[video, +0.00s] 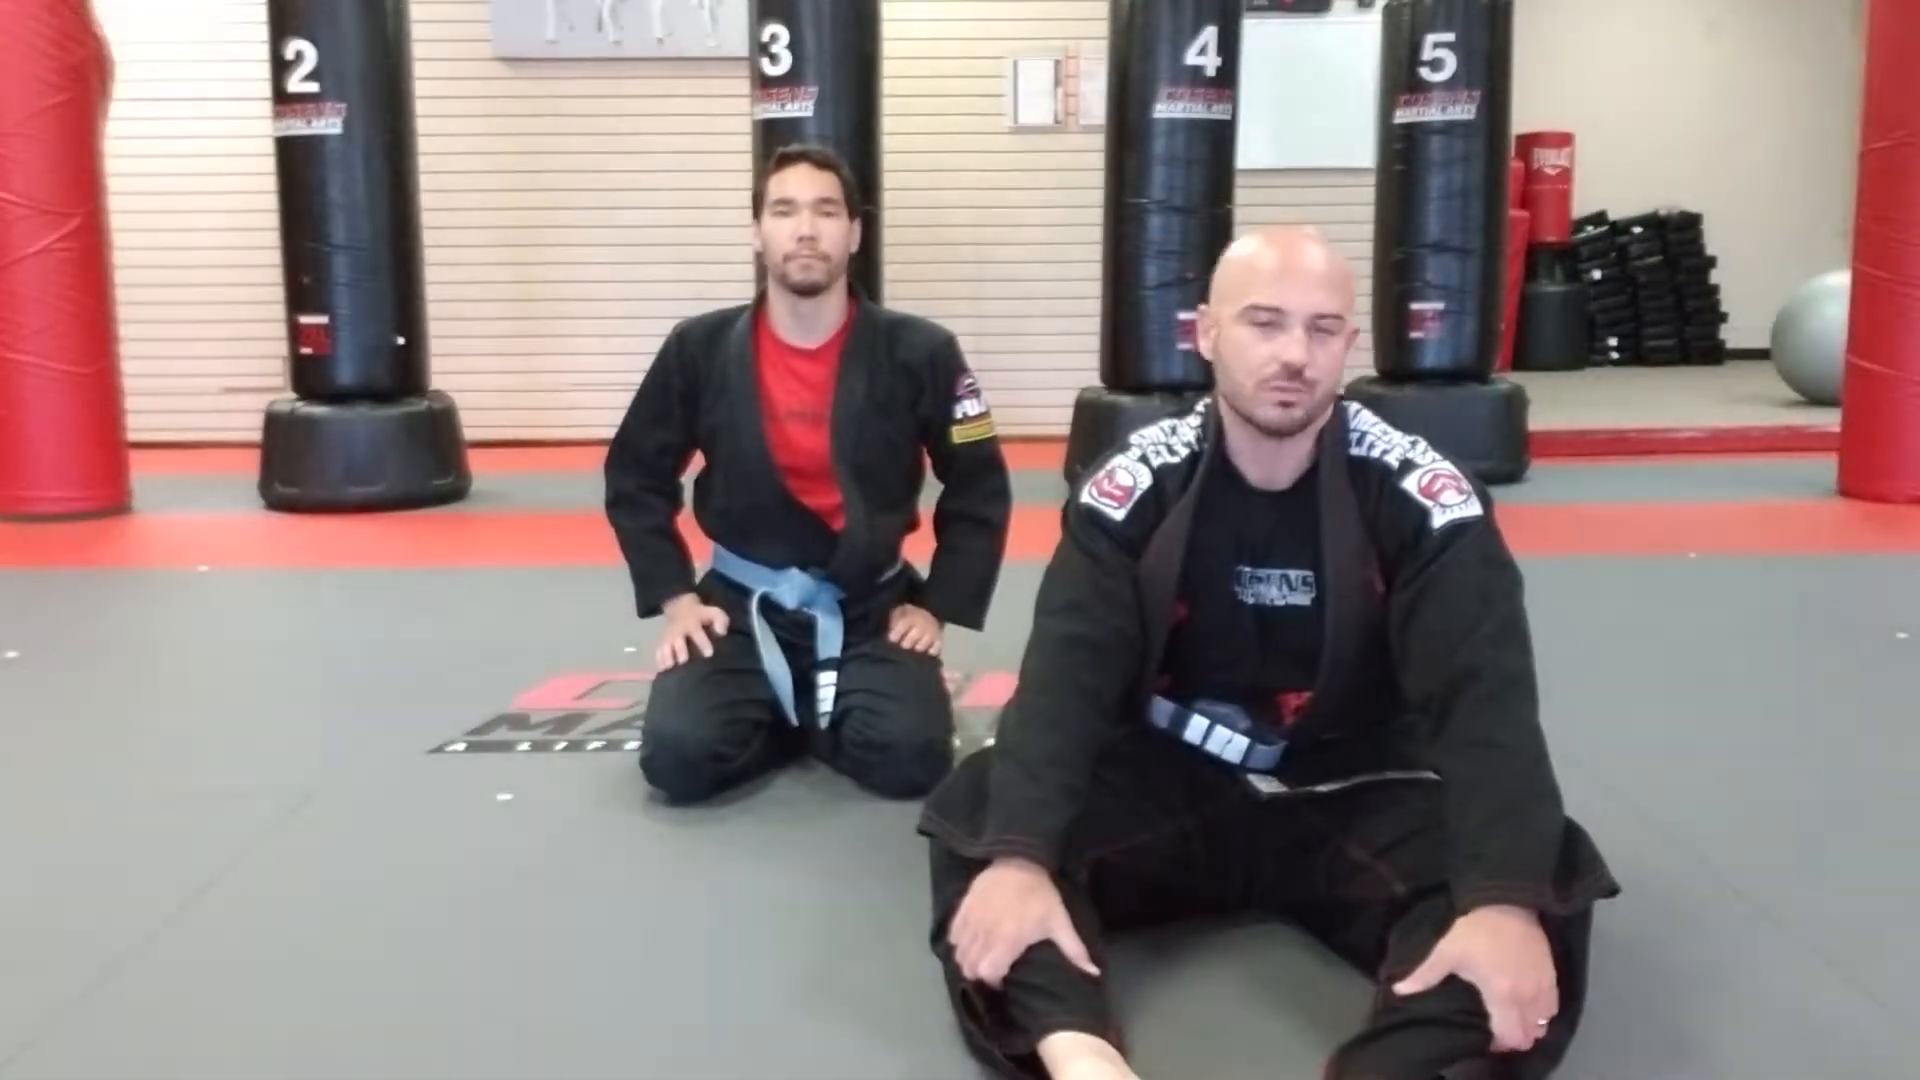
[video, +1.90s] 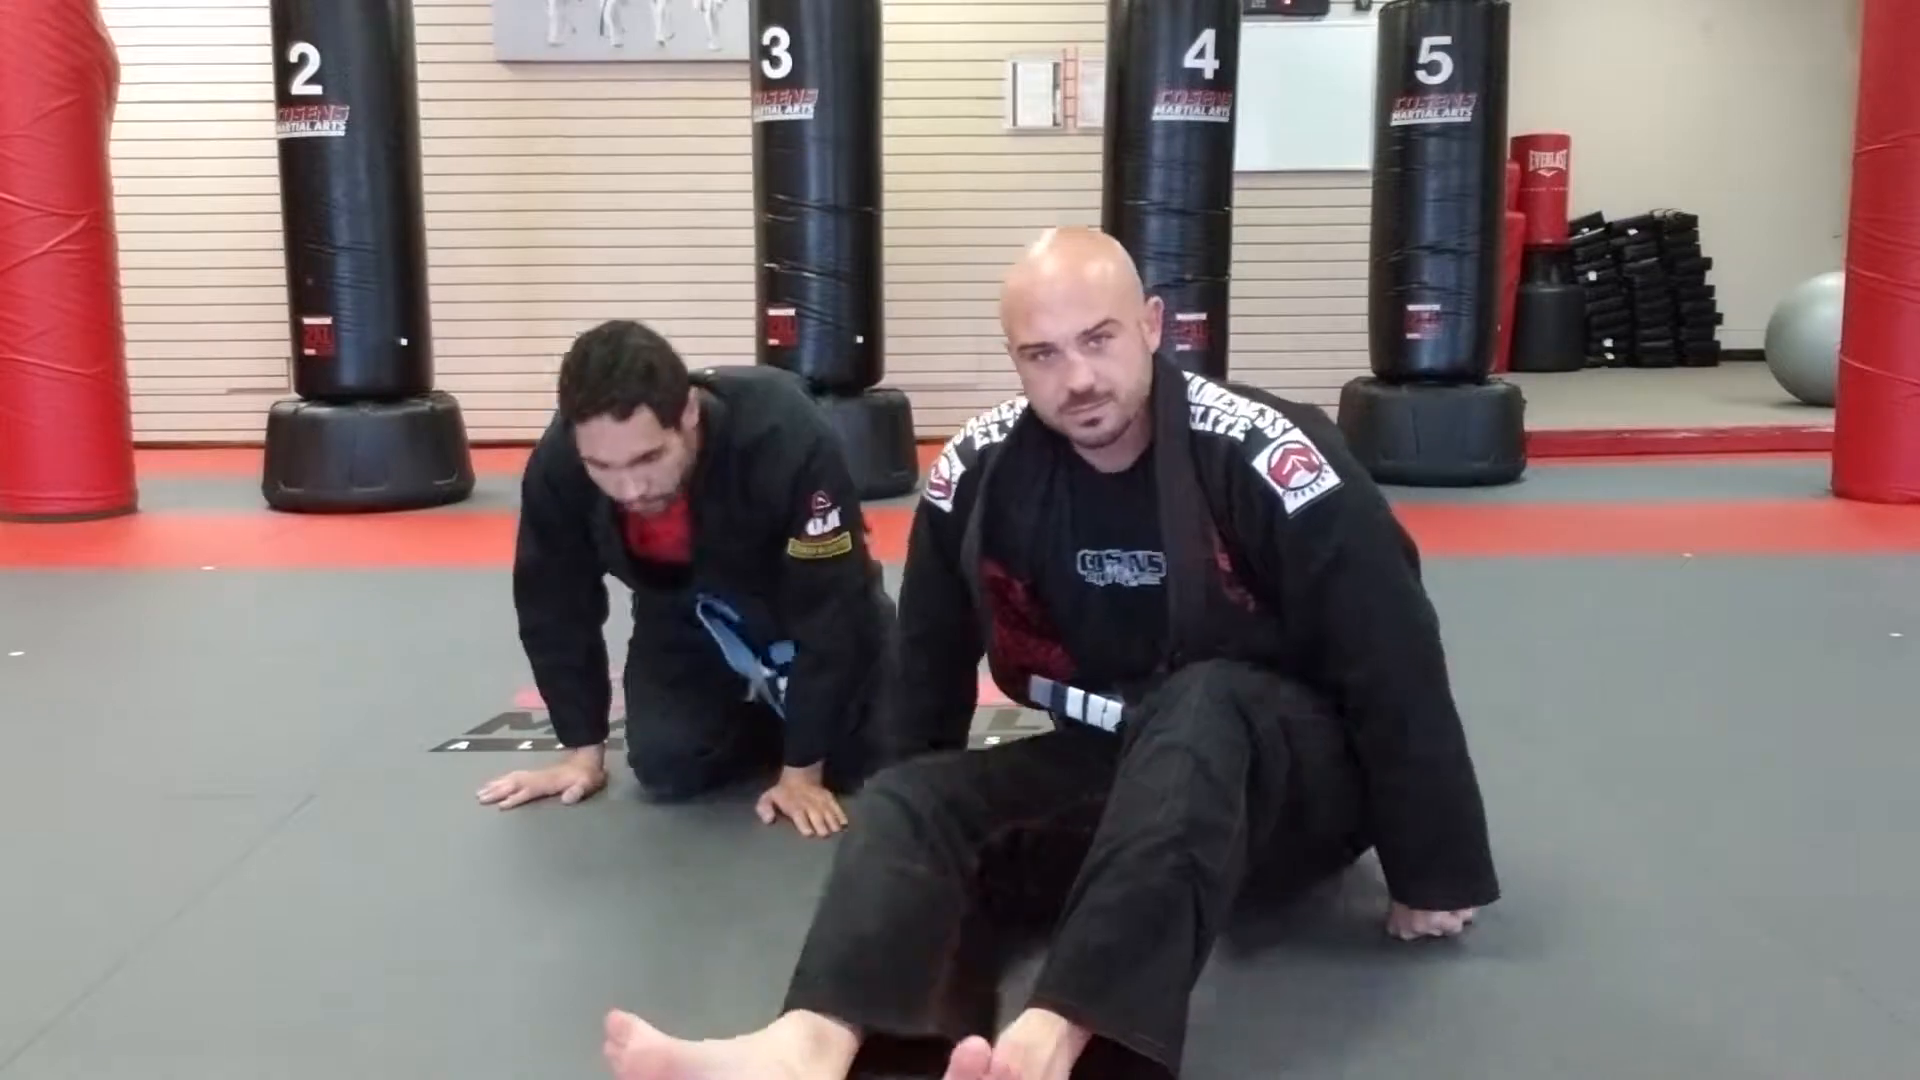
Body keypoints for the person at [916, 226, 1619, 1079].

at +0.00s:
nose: (1293, 355)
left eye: (1321, 330)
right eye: (1264, 323)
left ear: (1350, 347)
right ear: (1204, 336)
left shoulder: (1416, 489)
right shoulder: (1137, 482)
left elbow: (1484, 696)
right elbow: (1065, 677)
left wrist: (1504, 900)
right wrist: (1018, 856)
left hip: (1356, 809)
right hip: (1165, 796)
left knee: (1536, 875)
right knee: (981, 807)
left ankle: (1396, 1067)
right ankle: (1085, 1064)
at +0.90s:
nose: (1230, 350)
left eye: (1253, 320)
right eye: (1198, 329)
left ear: (1289, 331)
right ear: (1155, 351)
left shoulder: (1374, 470)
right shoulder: (1116, 479)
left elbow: (1435, 659)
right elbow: (1047, 641)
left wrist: (1416, 823)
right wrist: (1033, 765)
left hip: (1330, 794)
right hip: (1151, 784)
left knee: (1466, 833)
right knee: (995, 791)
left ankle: (1346, 1064)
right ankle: (1084, 1052)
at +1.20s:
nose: (1243, 320)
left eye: (1268, 298)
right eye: (1212, 302)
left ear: (1305, 324)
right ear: (1172, 336)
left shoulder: (1389, 464)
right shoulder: (1121, 476)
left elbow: (1498, 633)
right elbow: (1026, 638)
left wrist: (1548, 808)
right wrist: (935, 751)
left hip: (1326, 772)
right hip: (1162, 766)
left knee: (1403, 769)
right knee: (1044, 741)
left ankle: (1304, 1058)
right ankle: (1116, 1046)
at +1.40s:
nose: (1228, 331)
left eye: (1250, 306)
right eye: (1198, 313)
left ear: (1288, 322)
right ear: (1160, 341)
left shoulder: (1380, 464)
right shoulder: (1113, 471)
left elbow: (1493, 659)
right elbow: (1007, 626)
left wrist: (1534, 865)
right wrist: (931, 779)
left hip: (1341, 769)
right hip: (1172, 762)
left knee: (1318, 738)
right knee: (1045, 704)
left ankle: (1260, 1047)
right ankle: (1055, 1012)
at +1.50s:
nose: (1210, 350)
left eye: (1229, 321)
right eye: (1177, 332)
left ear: (1266, 322)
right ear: (1142, 352)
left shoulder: (1362, 453)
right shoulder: (1102, 467)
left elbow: (1491, 631)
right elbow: (986, 612)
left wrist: (1499, 854)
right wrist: (927, 777)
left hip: (1345, 777)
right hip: (1163, 768)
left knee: (1265, 723)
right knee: (1028, 716)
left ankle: (1202, 1029)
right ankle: (984, 996)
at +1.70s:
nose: (1138, 384)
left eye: (1158, 347)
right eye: (1105, 364)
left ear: (1205, 334)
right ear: (1076, 374)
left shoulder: (1308, 455)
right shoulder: (1044, 475)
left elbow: (1446, 637)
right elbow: (943, 616)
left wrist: (1436, 861)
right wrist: (914, 804)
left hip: (1317, 784)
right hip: (1126, 765)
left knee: (1202, 726)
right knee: (978, 785)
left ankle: (1069, 1016)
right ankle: (849, 1015)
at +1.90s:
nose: (1079, 379)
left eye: (1101, 340)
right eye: (1044, 354)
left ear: (1153, 325)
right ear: (1011, 358)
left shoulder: (1272, 459)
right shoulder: (974, 477)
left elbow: (1394, 666)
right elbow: (926, 682)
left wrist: (1435, 870)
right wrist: (914, 883)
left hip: (1293, 785)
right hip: (1093, 774)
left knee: (1199, 700)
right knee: (905, 792)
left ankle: (1044, 1041)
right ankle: (810, 1037)